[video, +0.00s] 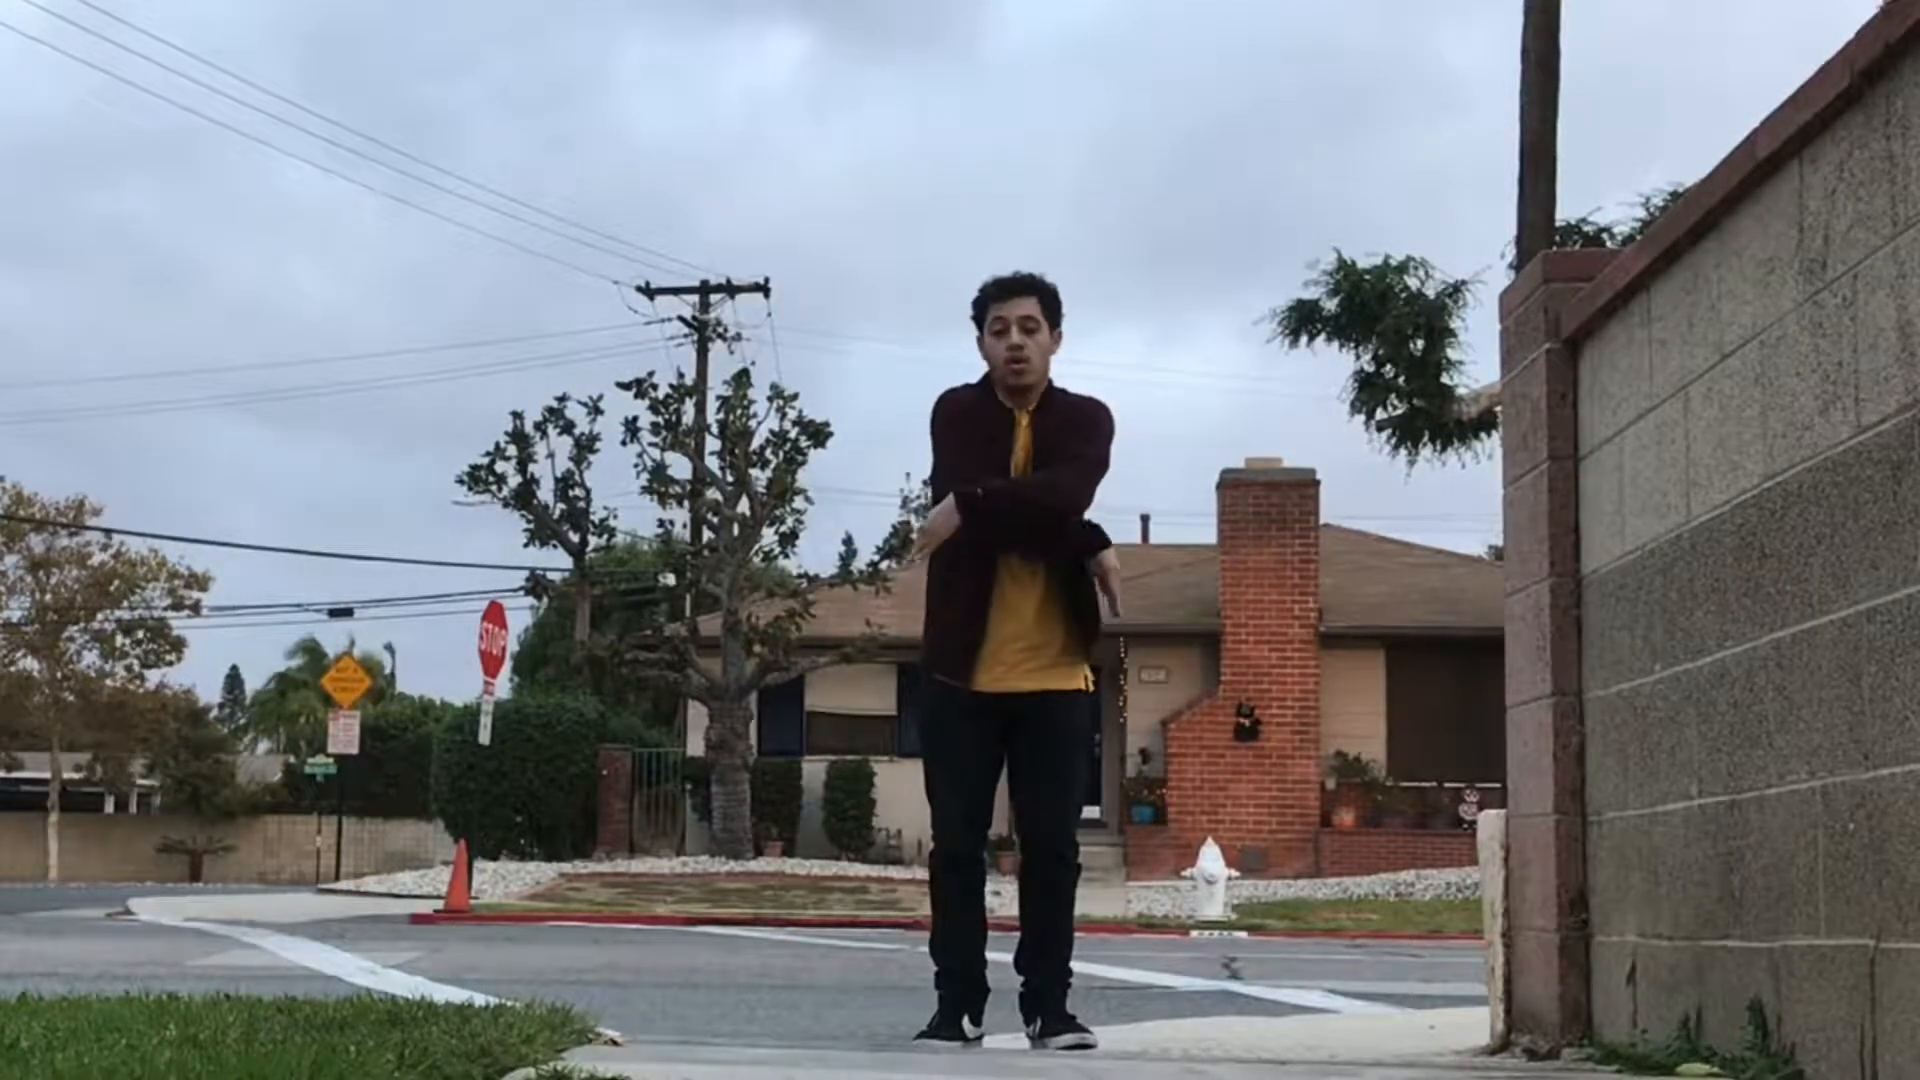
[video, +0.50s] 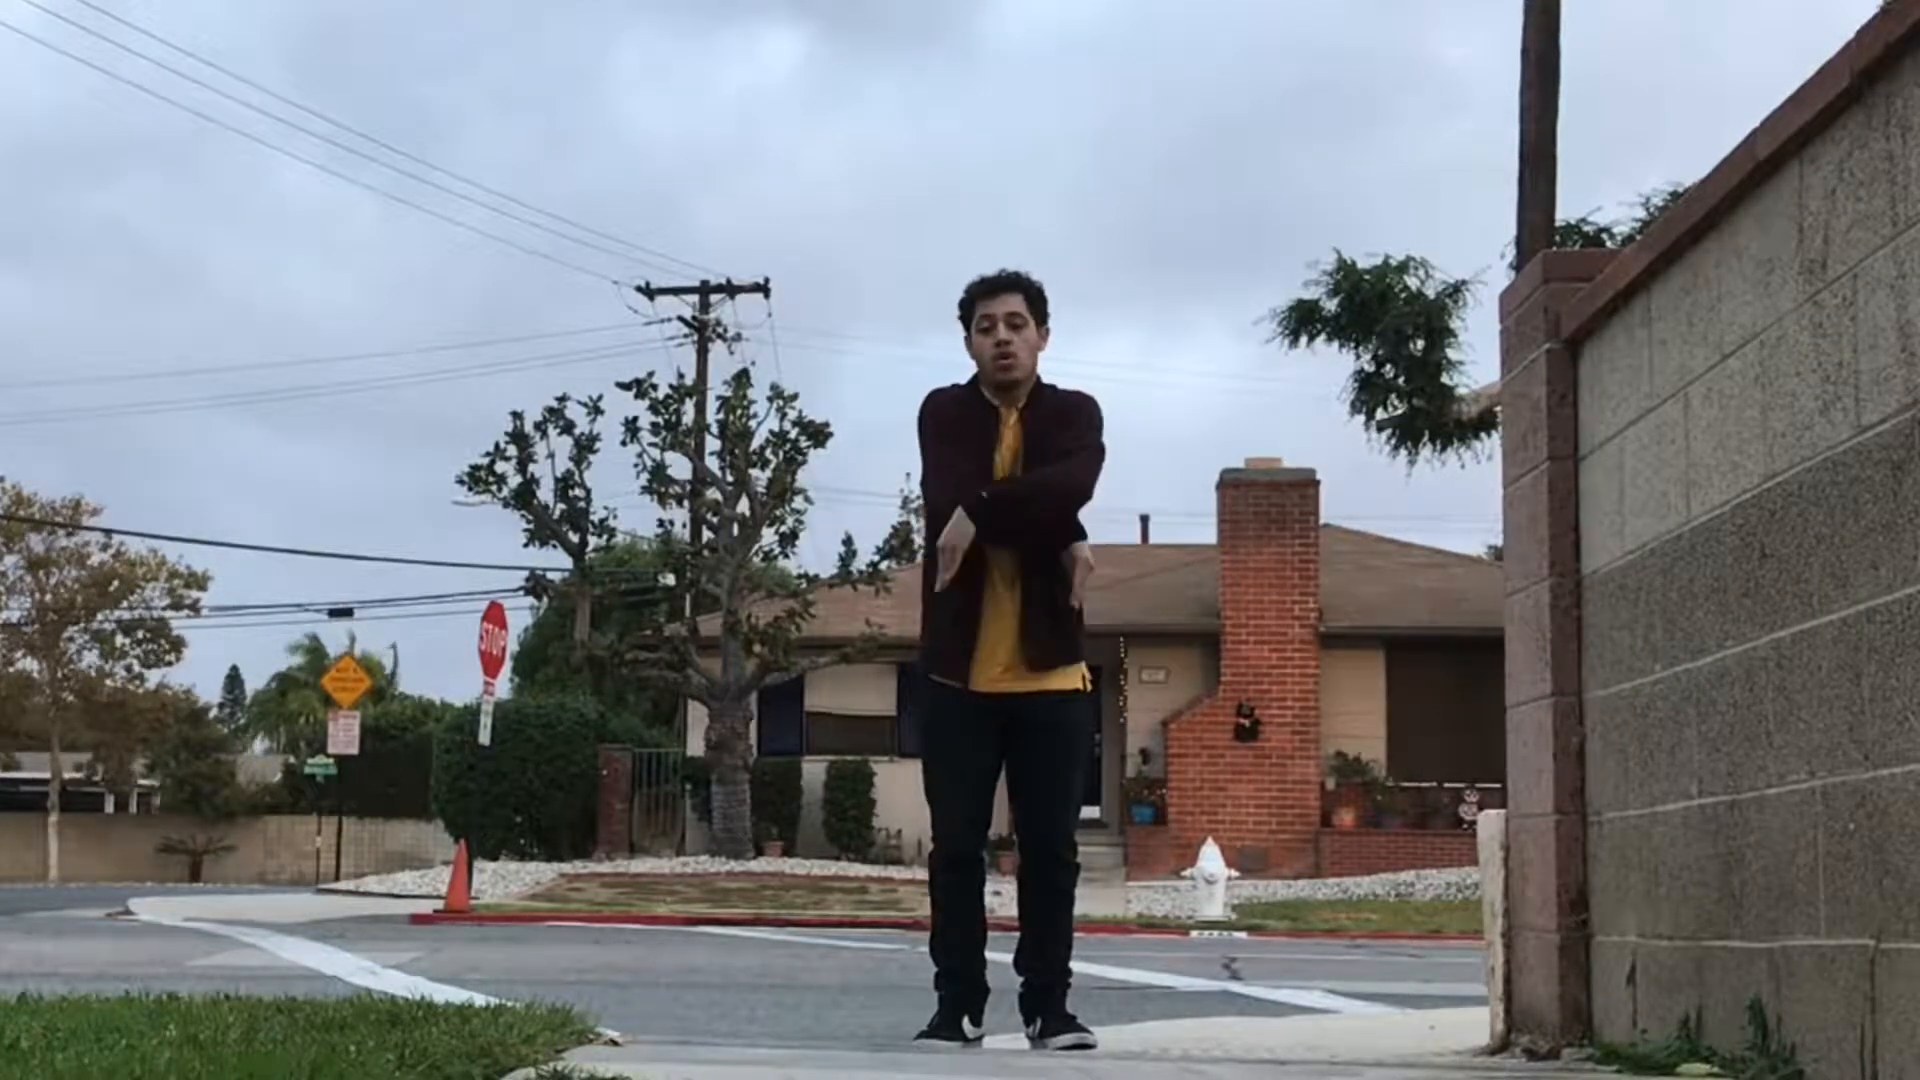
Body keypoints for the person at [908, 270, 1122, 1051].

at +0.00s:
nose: (1015, 343)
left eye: (1029, 329)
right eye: (999, 330)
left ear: (1055, 340)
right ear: (981, 342)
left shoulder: (1087, 417)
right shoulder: (956, 411)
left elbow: (1064, 497)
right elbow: (978, 516)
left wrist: (968, 504)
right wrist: (1088, 541)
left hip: (1057, 676)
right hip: (963, 672)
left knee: (1053, 851)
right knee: (957, 847)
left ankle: (1048, 1009)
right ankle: (958, 1007)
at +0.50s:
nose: (1001, 338)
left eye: (1015, 324)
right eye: (987, 327)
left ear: (1041, 336)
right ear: (969, 342)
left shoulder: (1074, 411)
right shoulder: (944, 410)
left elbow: (1073, 484)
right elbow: (957, 513)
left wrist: (975, 512)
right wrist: (1059, 535)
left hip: (1052, 675)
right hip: (960, 674)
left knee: (1052, 850)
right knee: (957, 848)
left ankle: (1048, 1009)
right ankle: (958, 1007)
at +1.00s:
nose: (959, 336)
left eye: (972, 321)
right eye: (945, 327)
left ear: (1003, 331)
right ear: (931, 345)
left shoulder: (1051, 410)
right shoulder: (918, 420)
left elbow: (1078, 488)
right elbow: (926, 508)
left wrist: (975, 530)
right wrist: (1035, 529)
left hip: (1042, 675)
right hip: (949, 676)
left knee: (1047, 850)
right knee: (952, 850)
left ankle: (1048, 1009)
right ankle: (957, 1008)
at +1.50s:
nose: (981, 329)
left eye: (994, 316)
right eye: (965, 318)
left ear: (1020, 330)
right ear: (946, 336)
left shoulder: (1056, 409)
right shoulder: (923, 414)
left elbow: (1038, 498)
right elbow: (945, 515)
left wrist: (945, 525)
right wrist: (1055, 543)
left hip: (1045, 674)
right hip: (952, 674)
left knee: (1047, 849)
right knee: (953, 848)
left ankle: (1047, 1007)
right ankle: (958, 1006)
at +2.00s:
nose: (1004, 330)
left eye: (1018, 317)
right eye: (989, 317)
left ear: (1040, 331)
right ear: (968, 332)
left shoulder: (1073, 406)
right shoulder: (938, 411)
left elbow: (1081, 491)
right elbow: (942, 510)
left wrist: (997, 540)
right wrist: (1033, 558)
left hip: (1054, 667)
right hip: (960, 668)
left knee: (1062, 847)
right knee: (949, 846)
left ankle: (1048, 1007)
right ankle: (959, 1007)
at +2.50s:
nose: (1011, 328)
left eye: (1025, 316)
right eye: (995, 317)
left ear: (1047, 332)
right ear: (974, 334)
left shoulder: (1083, 420)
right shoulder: (942, 421)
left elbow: (1082, 518)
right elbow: (940, 517)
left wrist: (1028, 453)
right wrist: (1007, 452)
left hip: (1056, 671)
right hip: (958, 668)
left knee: (1066, 841)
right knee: (941, 839)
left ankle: (1054, 1006)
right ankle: (953, 1001)